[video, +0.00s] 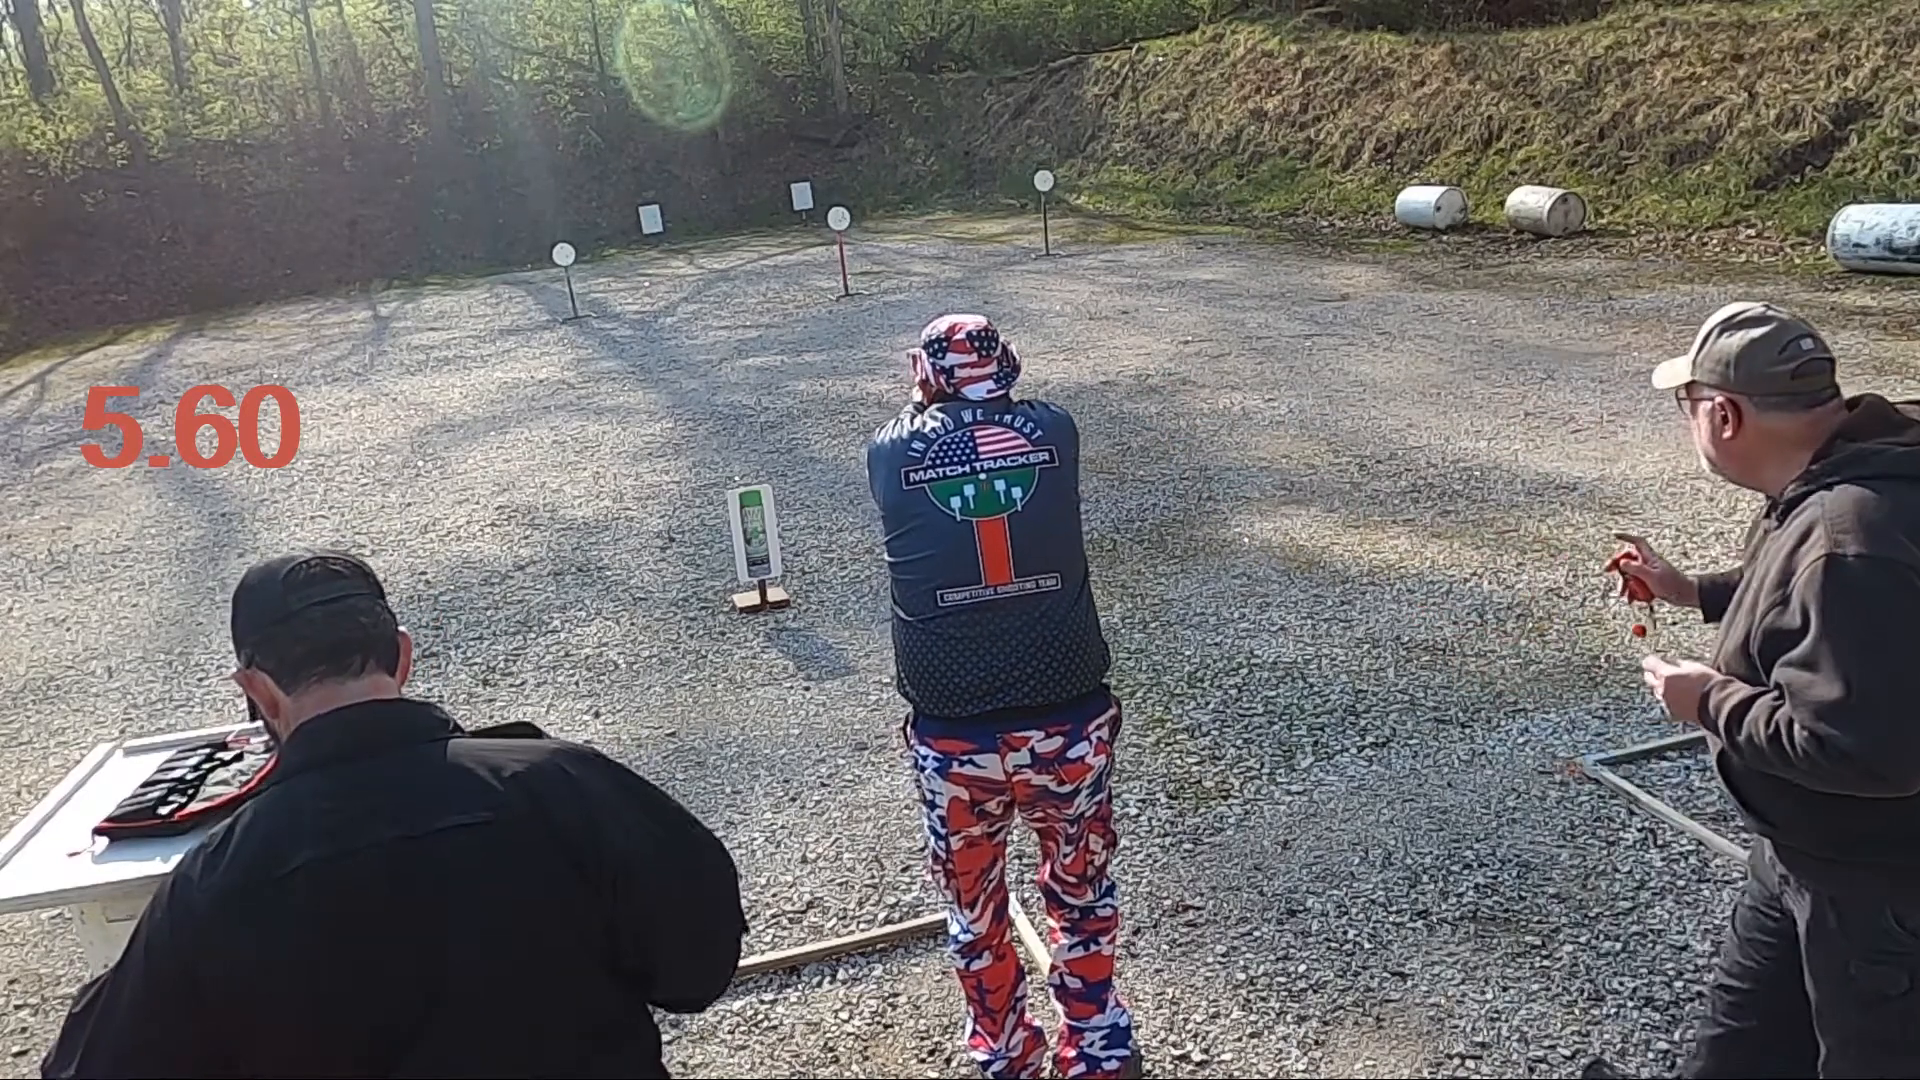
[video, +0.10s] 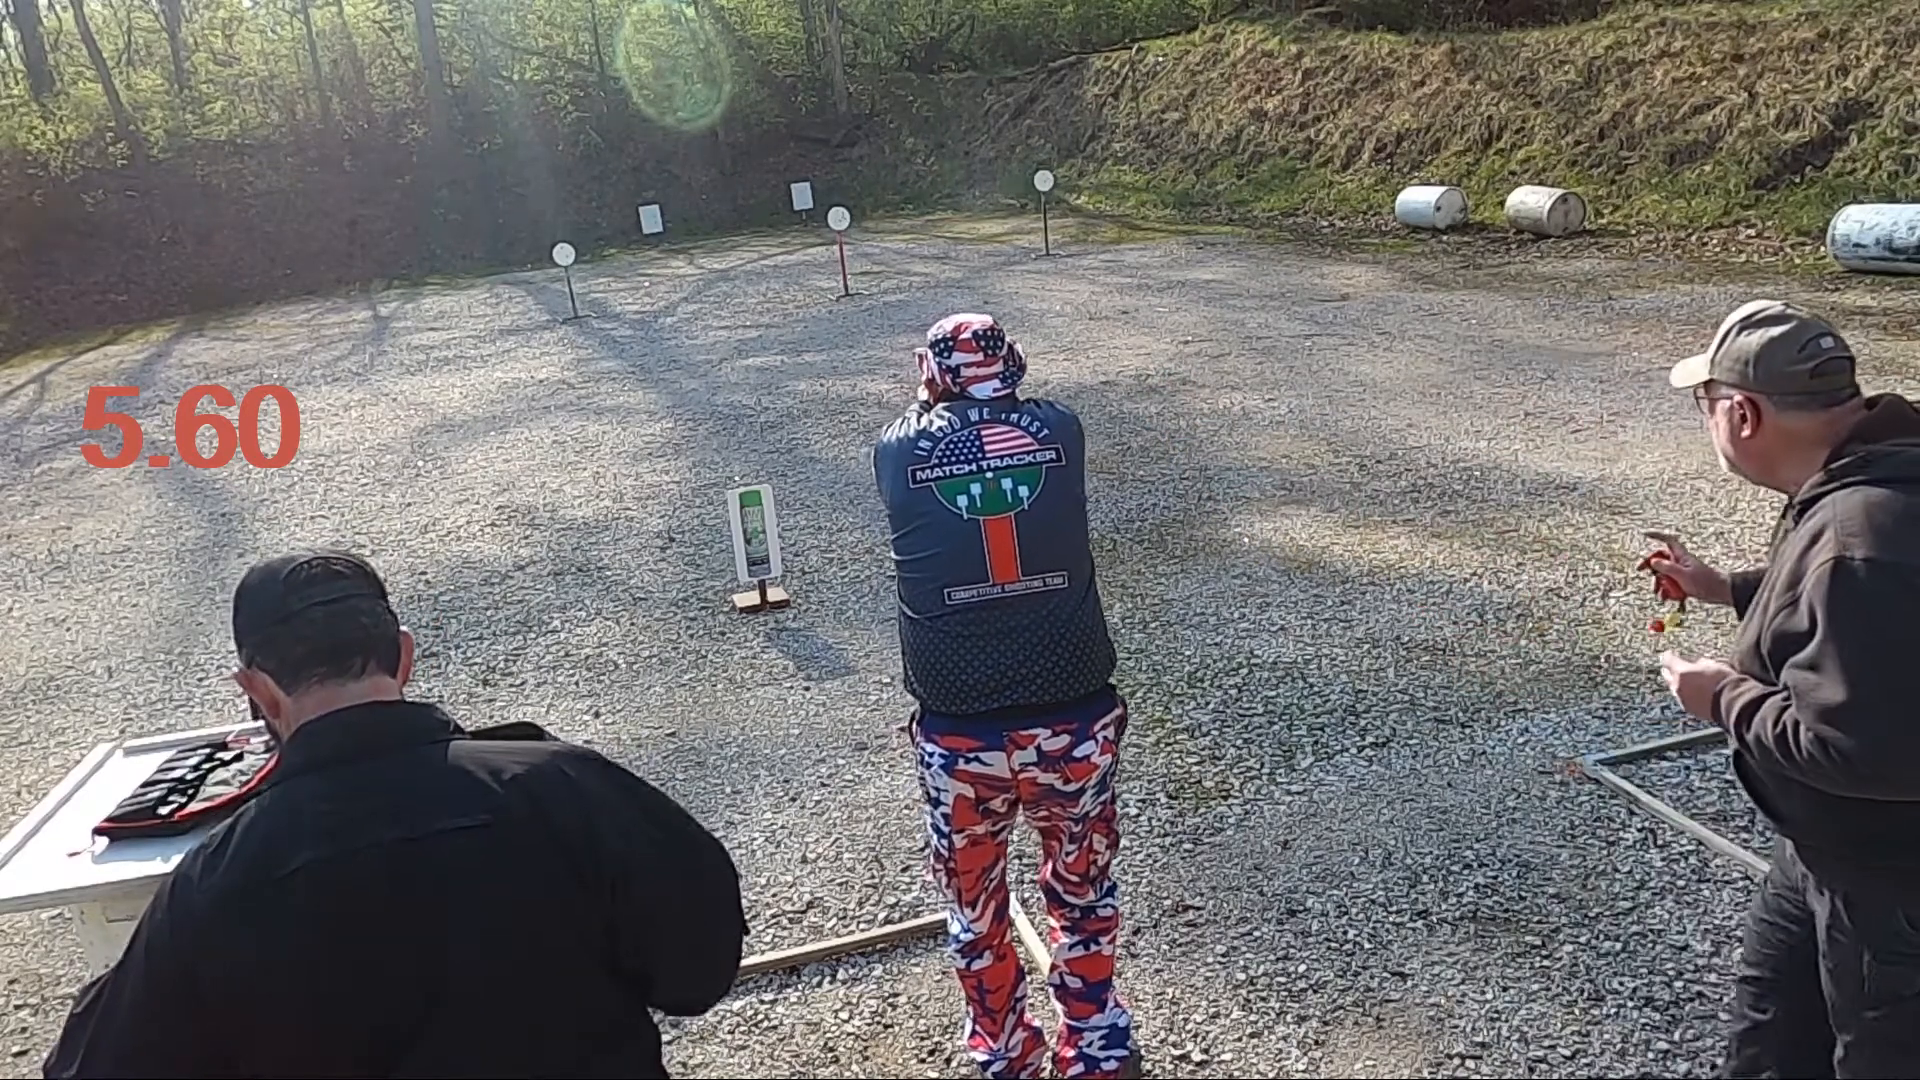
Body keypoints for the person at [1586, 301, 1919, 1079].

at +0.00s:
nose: (1689, 425)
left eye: (1688, 407)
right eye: (1685, 407)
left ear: (1726, 416)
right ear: (1813, 394)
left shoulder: (1851, 547)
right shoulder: (1821, 487)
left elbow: (1867, 752)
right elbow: (1792, 597)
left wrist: (1711, 702)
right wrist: (1686, 590)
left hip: (1868, 889)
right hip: (1803, 857)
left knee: (1872, 1064)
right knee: (1731, 1056)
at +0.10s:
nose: (1709, 427)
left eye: (1707, 408)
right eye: (1706, 409)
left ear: (1746, 415)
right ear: (1834, 391)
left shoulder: (1861, 548)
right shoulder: (1856, 483)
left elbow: (1866, 755)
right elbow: (1821, 589)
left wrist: (1730, 699)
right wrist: (1719, 587)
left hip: (1882, 884)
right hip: (1827, 849)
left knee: (1880, 1056)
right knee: (1768, 1028)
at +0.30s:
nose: (1730, 420)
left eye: (1730, 401)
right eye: (1728, 402)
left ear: (1770, 412)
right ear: (1856, 391)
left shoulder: (1870, 545)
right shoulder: (1872, 489)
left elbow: (1871, 756)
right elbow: (1865, 600)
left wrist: (1746, 696)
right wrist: (1770, 582)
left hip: (1890, 881)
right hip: (1861, 856)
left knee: (1888, 1053)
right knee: (1861, 1034)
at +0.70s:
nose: (1809, 428)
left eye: (1809, 408)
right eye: (1808, 408)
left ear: (1843, 414)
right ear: (1914, 403)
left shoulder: (1897, 550)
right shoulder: (1901, 514)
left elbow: (1880, 759)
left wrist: (1799, 693)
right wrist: (1859, 585)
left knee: (1892, 1018)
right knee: (1895, 1002)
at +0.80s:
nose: (1872, 416)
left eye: (1870, 398)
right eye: (1870, 397)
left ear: (1897, 408)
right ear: (1904, 406)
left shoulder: (1908, 563)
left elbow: (1894, 734)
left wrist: (1840, 675)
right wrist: (1909, 568)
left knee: (1905, 997)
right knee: (1904, 985)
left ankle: (1896, 1057)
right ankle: (1892, 1053)